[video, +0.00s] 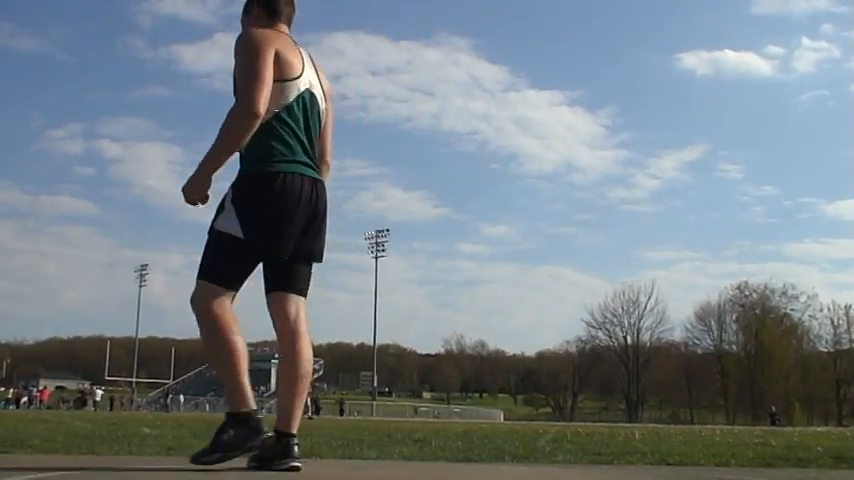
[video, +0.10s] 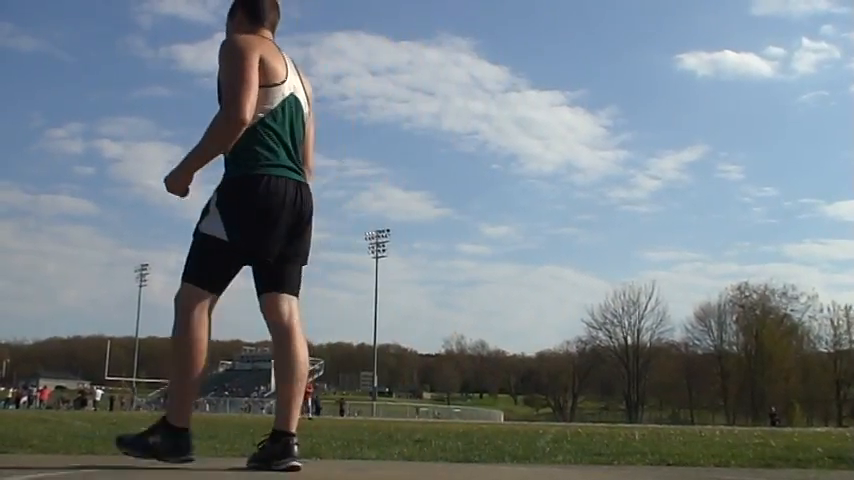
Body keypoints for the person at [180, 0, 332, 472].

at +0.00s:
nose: (243, 21)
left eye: (244, 15)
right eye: (244, 16)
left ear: (255, 10)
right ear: (289, 15)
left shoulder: (257, 37)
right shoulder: (316, 70)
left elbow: (253, 108)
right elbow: (324, 159)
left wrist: (204, 170)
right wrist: (306, 207)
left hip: (263, 186)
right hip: (310, 194)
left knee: (210, 298)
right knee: (291, 314)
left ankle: (242, 417)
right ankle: (286, 440)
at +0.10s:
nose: (227, 22)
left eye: (230, 15)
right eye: (230, 17)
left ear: (239, 14)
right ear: (272, 24)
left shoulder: (240, 44)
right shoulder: (299, 76)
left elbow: (238, 115)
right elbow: (306, 161)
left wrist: (187, 167)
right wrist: (295, 211)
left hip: (248, 189)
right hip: (296, 197)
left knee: (193, 302)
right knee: (285, 315)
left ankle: (174, 430)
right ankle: (284, 441)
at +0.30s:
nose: (184, 41)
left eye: (186, 33)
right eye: (186, 33)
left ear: (195, 28)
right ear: (228, 34)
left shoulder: (198, 59)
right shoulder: (260, 89)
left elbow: (183, 133)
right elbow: (261, 172)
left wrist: (135, 146)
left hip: (204, 205)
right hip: (255, 209)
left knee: (146, 311)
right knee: (257, 317)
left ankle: (101, 425)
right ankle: (281, 435)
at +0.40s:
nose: (158, 49)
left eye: (159, 40)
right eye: (158, 41)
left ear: (169, 37)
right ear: (203, 40)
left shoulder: (170, 65)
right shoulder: (234, 95)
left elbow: (143, 137)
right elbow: (236, 179)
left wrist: (107, 127)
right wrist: (215, 218)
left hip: (170, 210)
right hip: (222, 216)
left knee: (122, 318)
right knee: (233, 319)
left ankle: (96, 434)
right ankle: (278, 422)